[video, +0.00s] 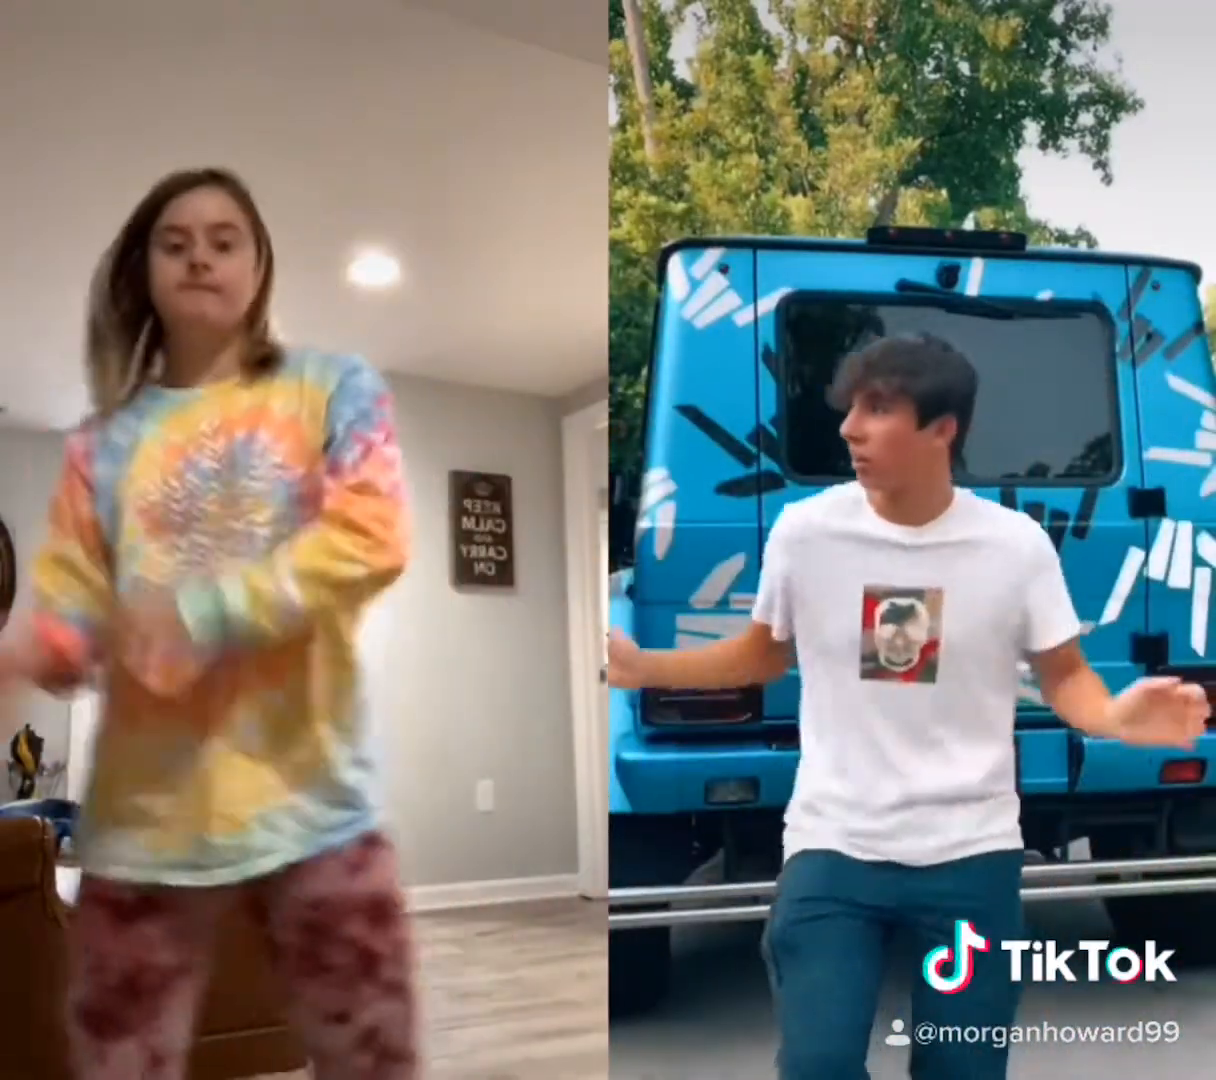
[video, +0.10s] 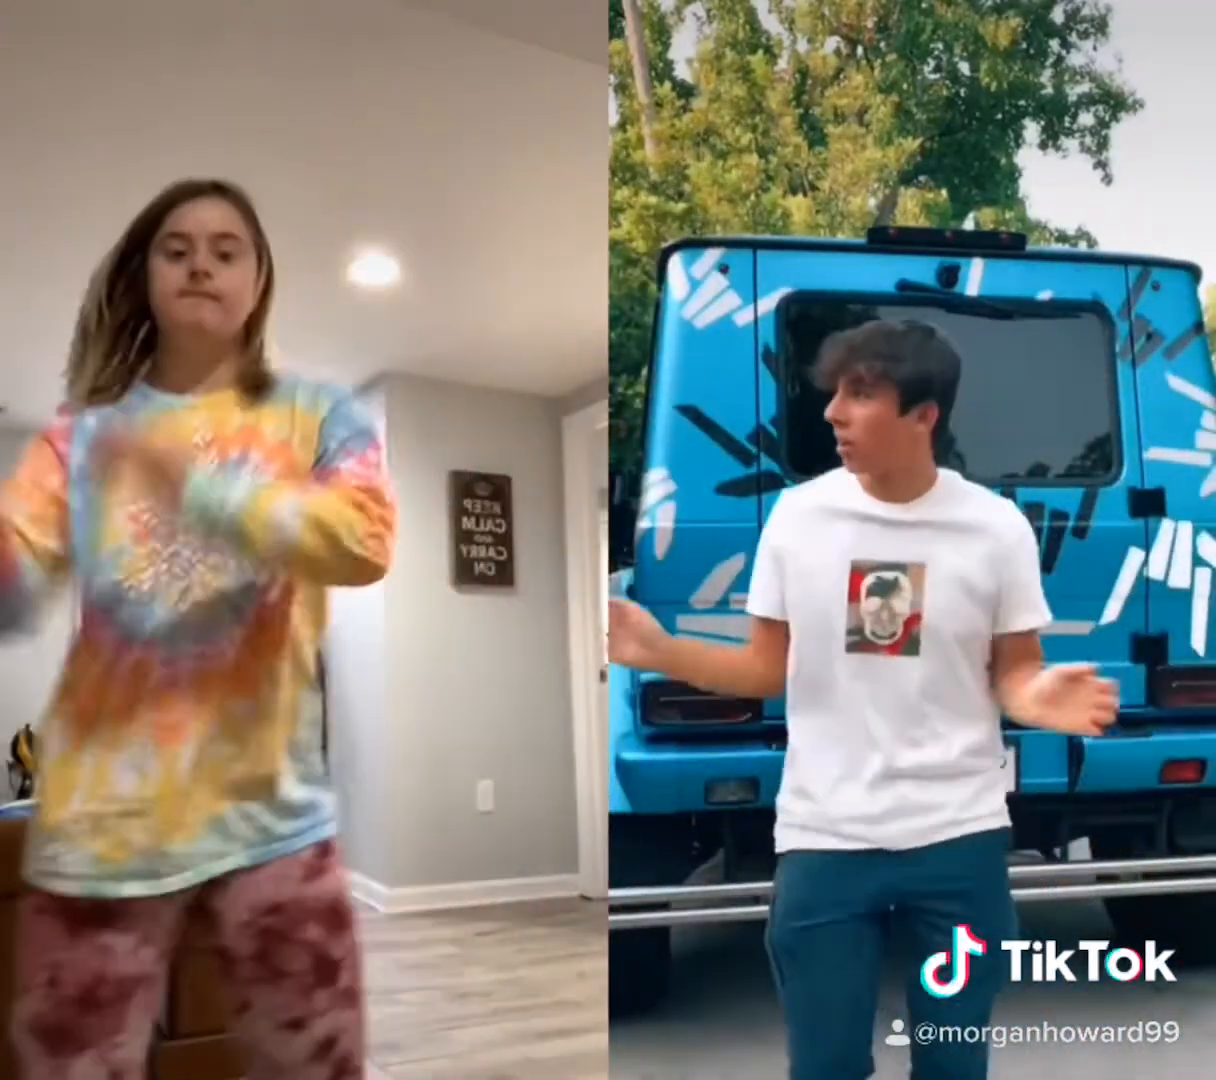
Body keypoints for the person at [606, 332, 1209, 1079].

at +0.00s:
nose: (850, 428)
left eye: (876, 409)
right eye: (849, 408)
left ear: (943, 430)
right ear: (848, 418)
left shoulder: (1016, 546)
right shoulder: (805, 534)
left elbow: (1067, 676)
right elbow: (765, 651)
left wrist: (1116, 716)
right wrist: (645, 667)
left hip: (971, 854)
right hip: (833, 849)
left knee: (963, 1063)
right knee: (816, 1059)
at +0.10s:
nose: (834, 412)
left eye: (859, 397)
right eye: (836, 394)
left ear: (924, 417)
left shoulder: (996, 528)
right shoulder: (798, 516)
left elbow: (1016, 671)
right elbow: (767, 669)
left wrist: (1036, 695)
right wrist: (664, 651)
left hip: (958, 838)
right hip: (824, 841)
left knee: (955, 1061)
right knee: (824, 1063)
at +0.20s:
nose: (846, 432)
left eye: (872, 415)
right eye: (836, 413)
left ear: (922, 438)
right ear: (822, 426)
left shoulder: (977, 558)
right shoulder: (785, 554)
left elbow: (983, 723)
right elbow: (757, 723)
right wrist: (765, 675)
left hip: (947, 845)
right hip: (815, 852)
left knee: (946, 1059)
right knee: (828, 1065)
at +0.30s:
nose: (869, 452)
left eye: (889, 437)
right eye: (851, 436)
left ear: (918, 458)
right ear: (824, 457)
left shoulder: (964, 571)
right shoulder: (779, 574)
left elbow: (960, 719)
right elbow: (751, 710)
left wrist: (856, 613)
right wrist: (859, 624)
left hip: (938, 851)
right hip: (812, 862)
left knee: (951, 1058)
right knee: (828, 1068)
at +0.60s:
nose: (909, 421)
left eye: (929, 405)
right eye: (892, 404)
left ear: (955, 424)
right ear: (861, 419)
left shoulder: (994, 544)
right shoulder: (804, 534)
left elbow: (1017, 703)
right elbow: (804, 684)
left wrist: (895, 651)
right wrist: (939, 630)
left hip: (962, 840)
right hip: (836, 847)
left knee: (947, 1055)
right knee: (849, 1056)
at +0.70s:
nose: (934, 446)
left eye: (952, 429)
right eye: (915, 429)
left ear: (978, 449)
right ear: (883, 448)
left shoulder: (1011, 566)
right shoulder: (828, 567)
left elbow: (1037, 700)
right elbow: (815, 730)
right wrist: (953, 722)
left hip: (973, 855)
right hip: (855, 865)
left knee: (963, 1062)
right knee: (876, 1063)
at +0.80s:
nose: (961, 454)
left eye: (978, 439)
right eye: (942, 436)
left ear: (1000, 457)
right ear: (904, 450)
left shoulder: (1015, 568)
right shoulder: (846, 570)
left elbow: (1038, 689)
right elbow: (815, 732)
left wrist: (1010, 769)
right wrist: (941, 819)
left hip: (980, 857)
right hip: (877, 862)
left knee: (976, 1061)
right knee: (916, 1062)